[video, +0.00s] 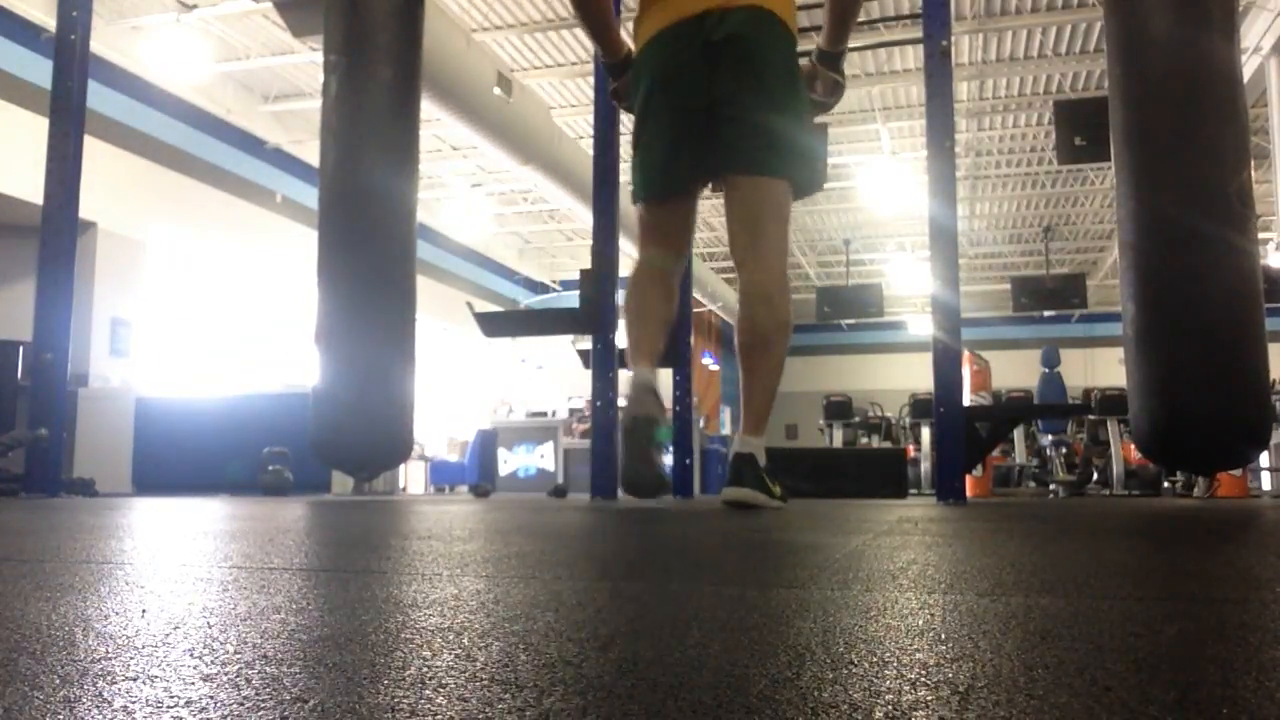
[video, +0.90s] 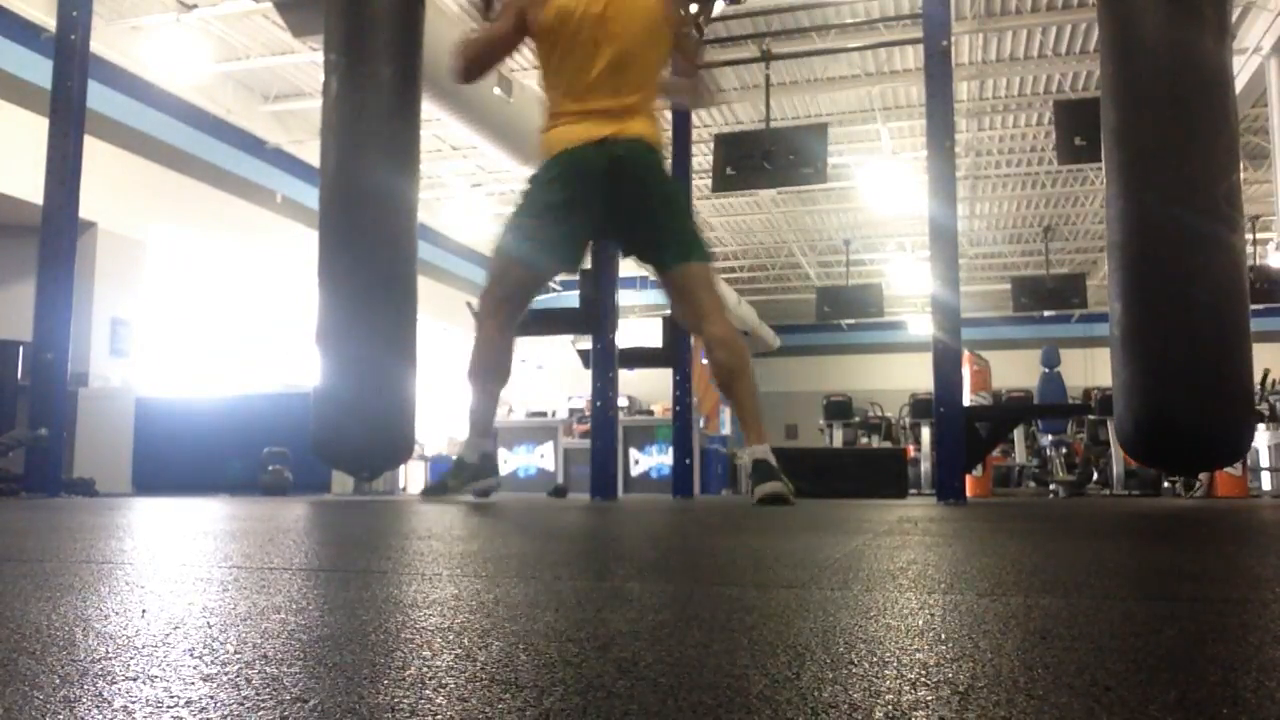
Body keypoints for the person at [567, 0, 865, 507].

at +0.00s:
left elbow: (588, 1)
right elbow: (845, 2)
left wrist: (618, 60)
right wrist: (830, 60)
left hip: (664, 44)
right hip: (762, 40)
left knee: (660, 253)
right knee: (762, 262)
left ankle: (641, 390)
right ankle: (749, 454)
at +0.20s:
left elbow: (590, 9)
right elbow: (842, 4)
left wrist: (638, 79)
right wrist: (827, 82)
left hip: (668, 71)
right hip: (754, 60)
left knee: (676, 279)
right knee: (760, 267)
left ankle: (687, 453)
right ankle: (749, 446)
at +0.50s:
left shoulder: (619, 1)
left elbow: (615, 58)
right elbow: (801, 24)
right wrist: (848, 116)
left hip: (644, 117)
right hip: (722, 110)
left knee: (668, 295)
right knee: (751, 291)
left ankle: (692, 450)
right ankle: (768, 426)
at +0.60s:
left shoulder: (616, 6)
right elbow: (795, 25)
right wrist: (859, 110)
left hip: (635, 136)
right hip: (713, 127)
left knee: (622, 308)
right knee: (750, 306)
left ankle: (662, 429)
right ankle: (779, 460)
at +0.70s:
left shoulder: (602, 7)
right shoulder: (709, 1)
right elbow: (787, 29)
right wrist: (849, 106)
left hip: (619, 142)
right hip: (695, 136)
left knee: (582, 308)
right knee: (743, 310)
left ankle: (594, 430)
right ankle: (773, 457)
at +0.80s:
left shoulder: (576, 4)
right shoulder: (690, 2)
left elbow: (552, 55)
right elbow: (770, 46)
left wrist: (599, 31)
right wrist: (812, 110)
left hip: (595, 143)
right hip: (670, 141)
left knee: (536, 302)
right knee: (726, 310)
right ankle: (764, 459)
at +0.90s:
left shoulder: (541, 5)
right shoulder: (663, 7)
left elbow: (468, 65)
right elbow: (694, 78)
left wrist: (501, 21)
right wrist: (648, 83)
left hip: (568, 167)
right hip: (642, 164)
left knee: (497, 311)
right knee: (711, 316)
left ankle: (477, 453)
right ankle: (762, 459)